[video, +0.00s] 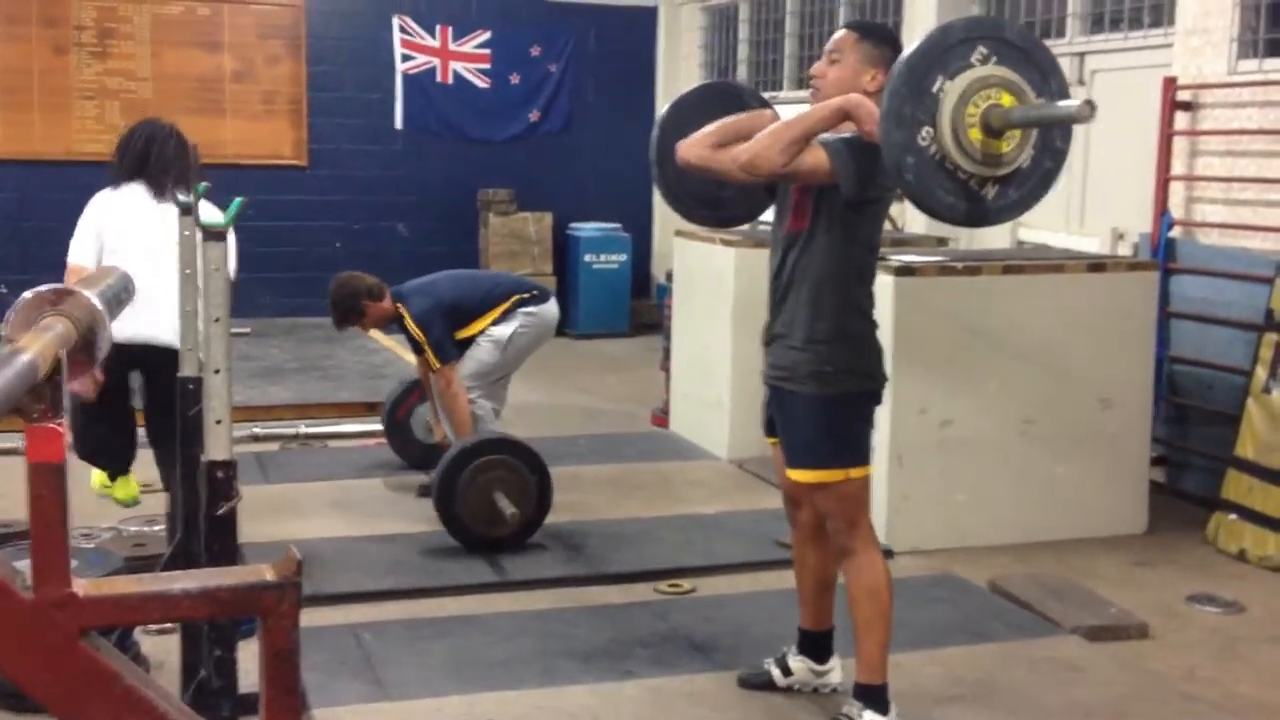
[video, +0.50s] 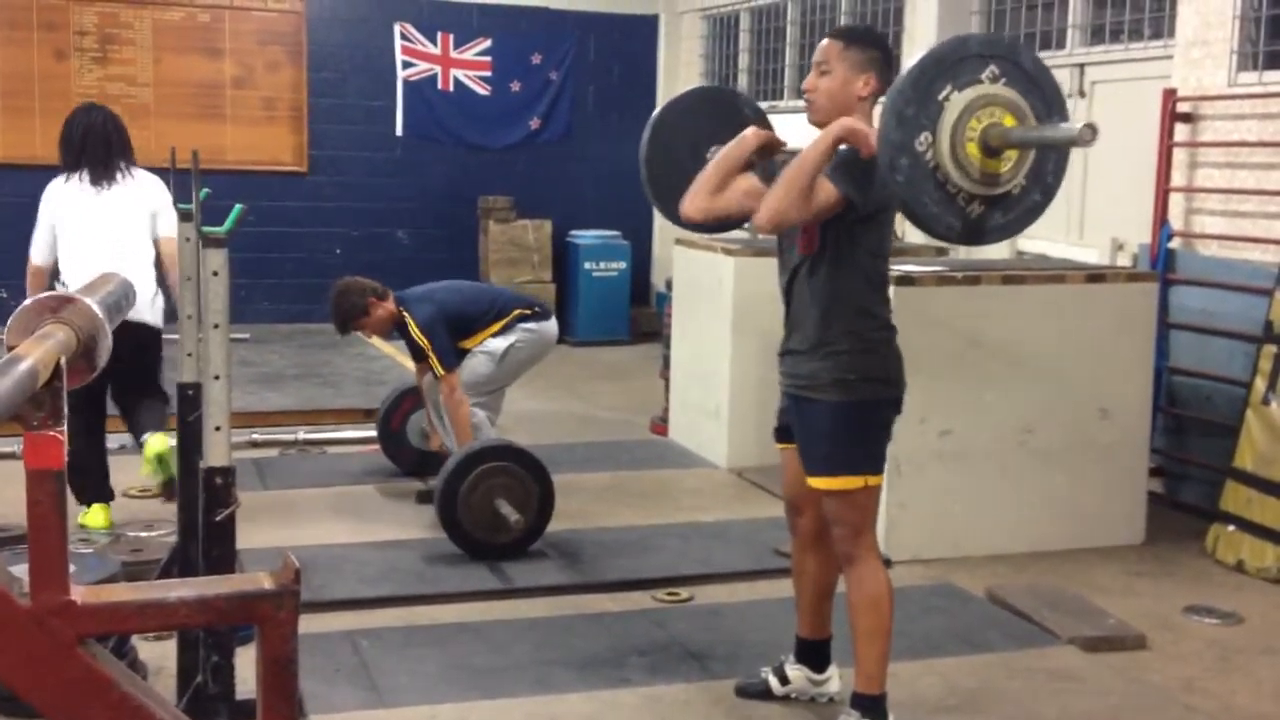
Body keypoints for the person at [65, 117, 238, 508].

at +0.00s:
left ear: (128, 156)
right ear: (181, 160)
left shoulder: (104, 203)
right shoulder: (205, 211)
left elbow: (77, 275)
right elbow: (225, 276)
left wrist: (73, 343)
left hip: (115, 338)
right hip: (177, 341)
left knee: (103, 389)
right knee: (175, 429)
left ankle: (116, 471)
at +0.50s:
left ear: (72, 143)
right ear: (121, 139)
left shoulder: (58, 190)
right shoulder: (151, 185)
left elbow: (38, 266)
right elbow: (171, 254)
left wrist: (37, 320)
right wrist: (189, 308)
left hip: (80, 321)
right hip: (141, 315)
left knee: (84, 412)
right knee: (138, 386)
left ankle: (96, 506)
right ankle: (155, 437)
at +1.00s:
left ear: (89, 139)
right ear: (137, 140)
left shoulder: (71, 178)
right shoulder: (151, 187)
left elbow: (52, 241)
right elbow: (166, 251)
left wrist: (74, 271)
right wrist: (188, 307)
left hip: (78, 300)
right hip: (131, 302)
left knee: (84, 381)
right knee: (130, 380)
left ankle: (90, 446)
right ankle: (128, 468)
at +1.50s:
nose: (61, 119)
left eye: (64, 112)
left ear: (66, 116)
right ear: (105, 115)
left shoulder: (57, 155)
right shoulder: (127, 155)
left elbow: (42, 216)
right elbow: (140, 208)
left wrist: (26, 271)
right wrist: (117, 231)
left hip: (69, 268)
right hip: (122, 269)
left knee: (68, 333)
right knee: (129, 351)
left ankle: (82, 388)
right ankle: (129, 434)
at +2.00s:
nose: (20, 82)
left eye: (24, 77)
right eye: (22, 75)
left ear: (34, 81)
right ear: (67, 78)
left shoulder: (29, 122)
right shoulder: (92, 119)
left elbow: (10, 179)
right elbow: (111, 176)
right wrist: (124, 224)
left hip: (55, 235)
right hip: (97, 230)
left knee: (60, 316)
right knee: (91, 310)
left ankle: (70, 392)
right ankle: (88, 388)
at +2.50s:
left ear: (2, 84)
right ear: (26, 78)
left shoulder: (8, 118)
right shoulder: (53, 117)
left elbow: (3, 175)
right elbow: (73, 166)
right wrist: (69, 211)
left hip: (17, 230)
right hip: (58, 227)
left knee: (7, 302)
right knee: (51, 305)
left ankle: (12, 364)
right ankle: (55, 371)